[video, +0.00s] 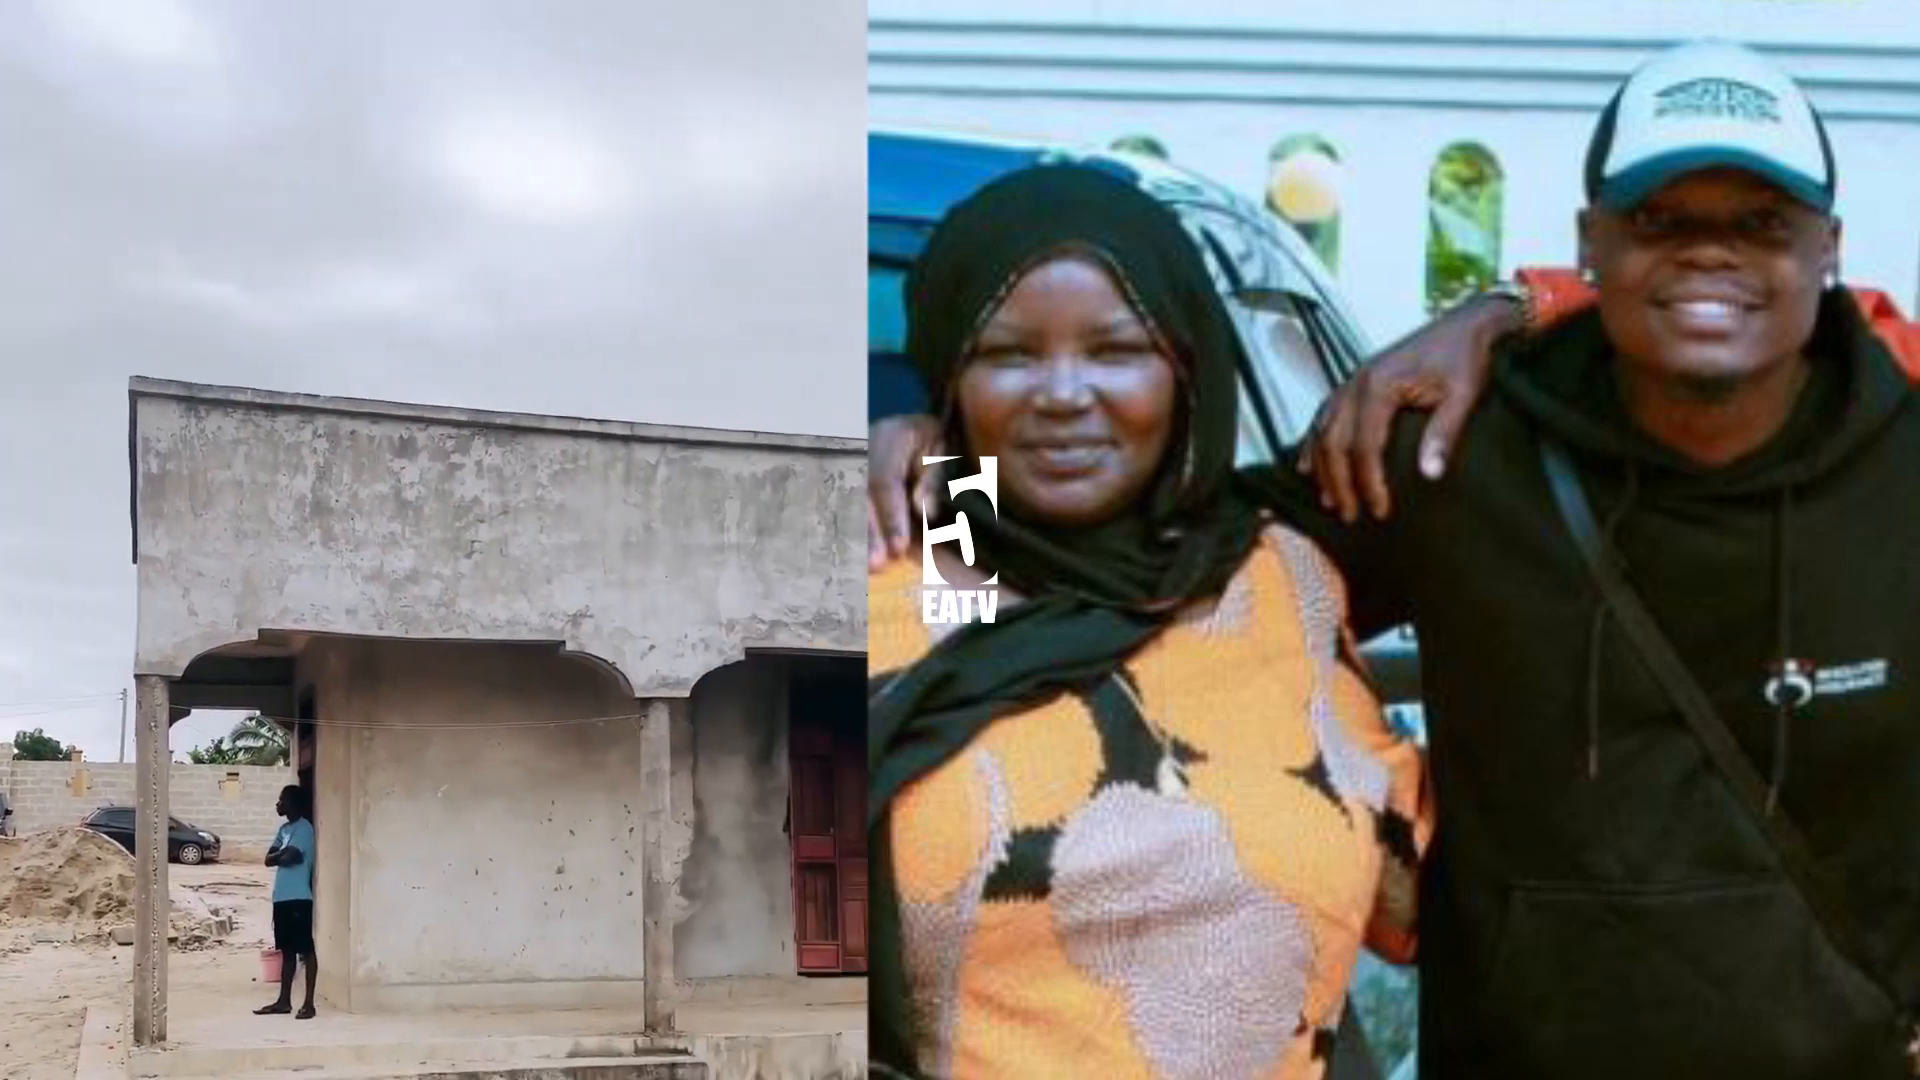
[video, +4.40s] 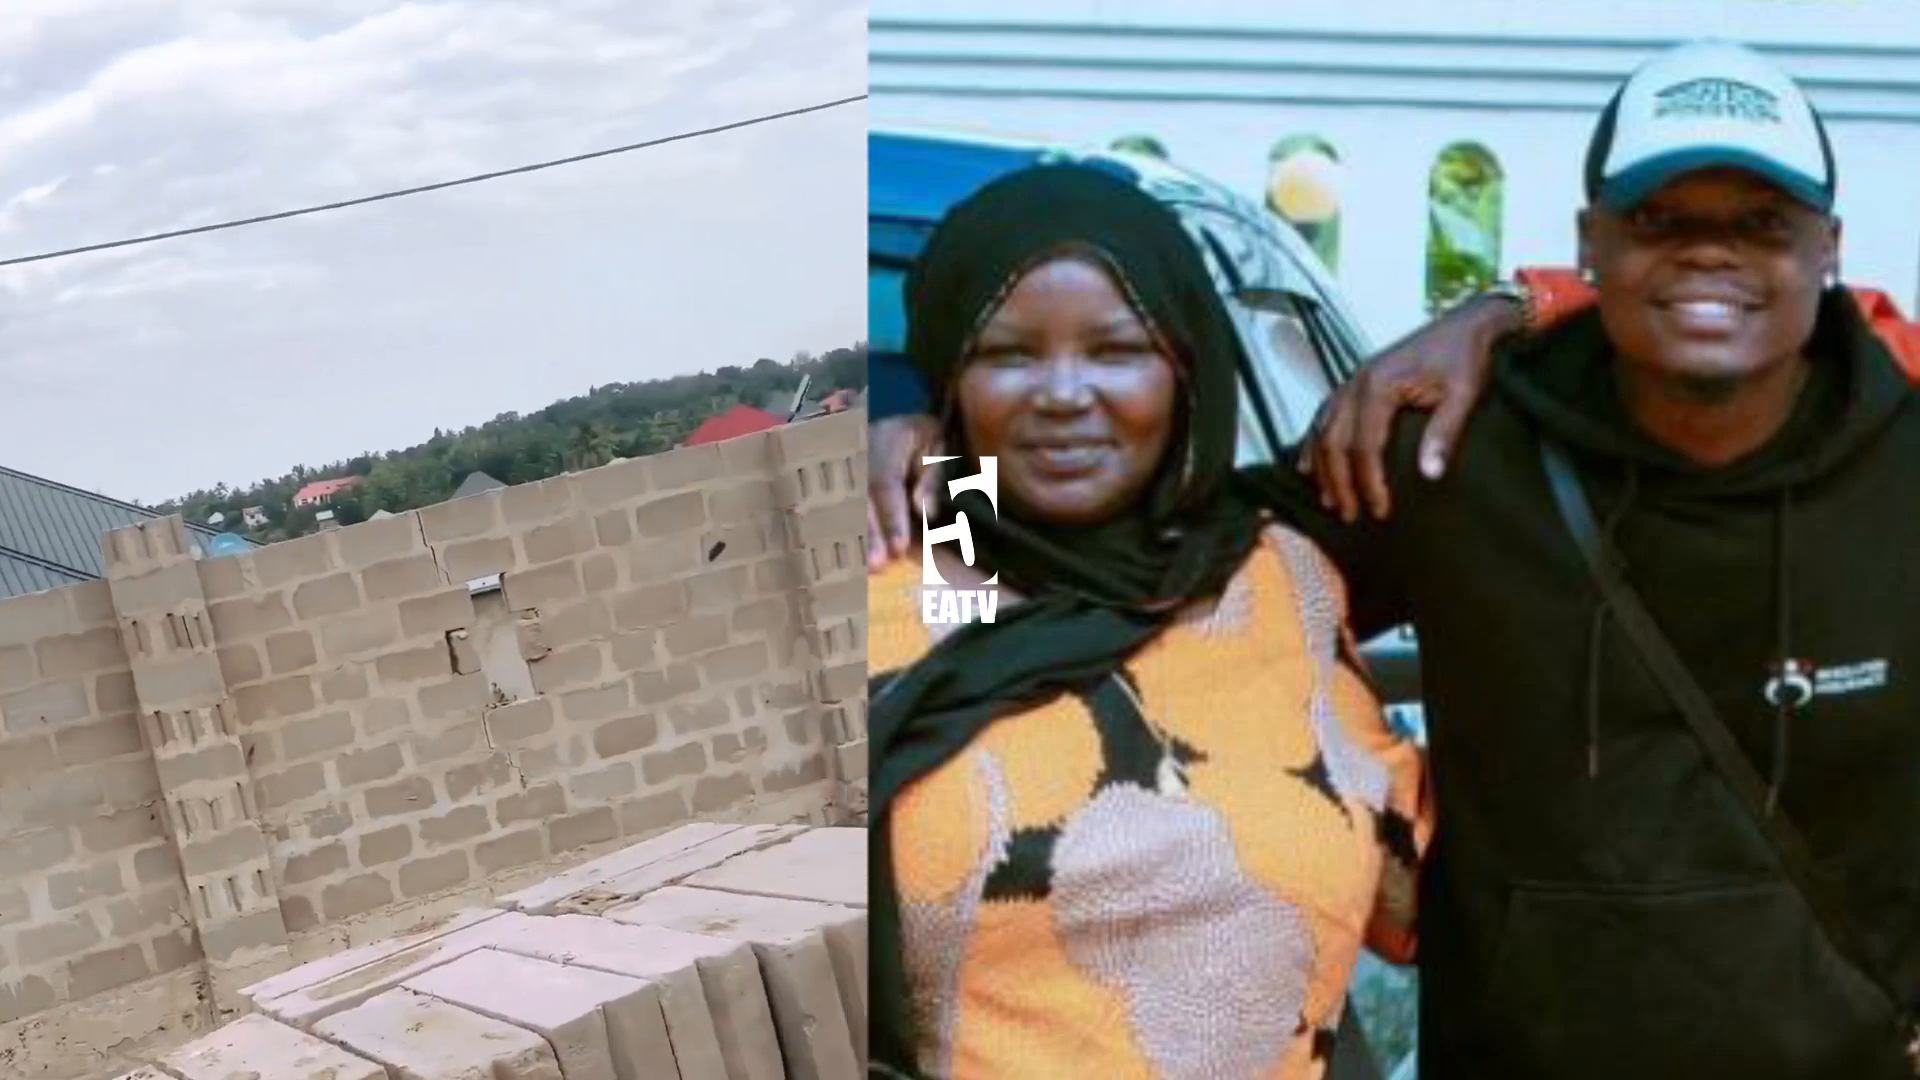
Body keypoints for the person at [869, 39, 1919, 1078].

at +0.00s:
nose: (1707, 251)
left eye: (1757, 219)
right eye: (1664, 215)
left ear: (1825, 250)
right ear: (1595, 242)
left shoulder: (1899, 445)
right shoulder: (1464, 448)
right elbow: (1178, 558)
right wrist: (967, 464)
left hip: (1849, 1038)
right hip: (1537, 1044)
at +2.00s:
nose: (1707, 250)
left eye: (1757, 218)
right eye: (1664, 214)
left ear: (1826, 250)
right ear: (1595, 241)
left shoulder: (1898, 443)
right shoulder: (1464, 449)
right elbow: (1171, 556)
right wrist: (955, 448)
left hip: (1848, 1037)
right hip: (1536, 1044)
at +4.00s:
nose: (1707, 252)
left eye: (1757, 219)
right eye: (1664, 215)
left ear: (1826, 250)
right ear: (1594, 242)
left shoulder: (1898, 446)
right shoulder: (1463, 449)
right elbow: (1170, 557)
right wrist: (952, 452)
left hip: (1848, 1038)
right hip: (1535, 1044)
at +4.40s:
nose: (1706, 251)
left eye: (1757, 219)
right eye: (1664, 215)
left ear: (1825, 250)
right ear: (1594, 241)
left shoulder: (1898, 446)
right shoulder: (1462, 449)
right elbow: (1174, 561)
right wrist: (960, 465)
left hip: (1849, 1039)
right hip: (1536, 1045)